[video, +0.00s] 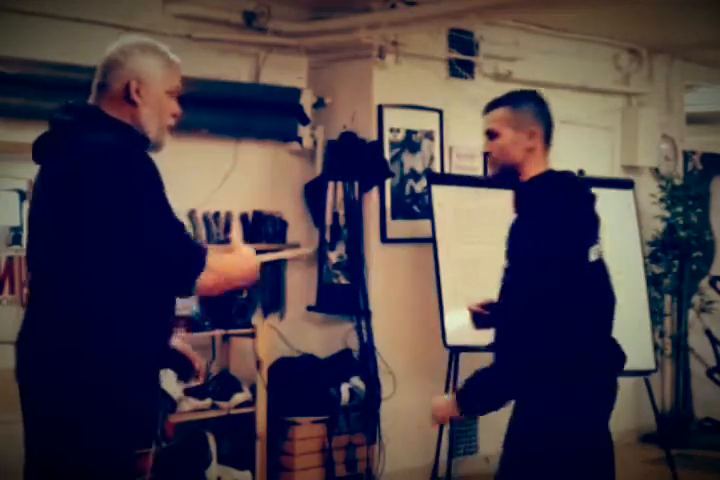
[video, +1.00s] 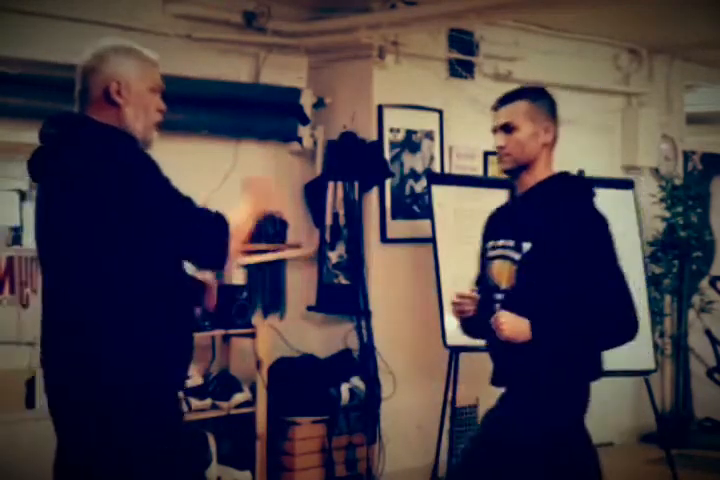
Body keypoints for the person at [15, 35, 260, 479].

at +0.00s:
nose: (178, 112)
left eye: (178, 99)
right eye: (173, 95)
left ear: (131, 91)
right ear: (135, 91)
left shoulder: (68, 153)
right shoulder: (120, 159)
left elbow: (87, 286)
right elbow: (182, 271)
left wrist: (162, 341)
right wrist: (234, 268)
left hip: (56, 367)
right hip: (102, 378)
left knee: (57, 469)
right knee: (104, 469)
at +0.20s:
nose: (160, 114)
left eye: (159, 100)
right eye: (154, 97)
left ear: (112, 95)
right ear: (115, 95)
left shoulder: (54, 157)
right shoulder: (101, 164)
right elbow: (171, 272)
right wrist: (254, 307)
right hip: (94, 399)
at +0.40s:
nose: (143, 107)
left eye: (142, 96)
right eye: (136, 93)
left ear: (98, 92)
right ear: (97, 92)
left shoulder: (47, 151)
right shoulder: (85, 157)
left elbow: (99, 249)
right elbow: (174, 247)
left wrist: (172, 231)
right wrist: (270, 243)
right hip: (84, 391)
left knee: (50, 467)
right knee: (92, 468)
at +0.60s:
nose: (134, 102)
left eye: (133, 90)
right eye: (127, 88)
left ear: (86, 90)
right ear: (88, 89)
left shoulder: (42, 151)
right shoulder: (82, 157)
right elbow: (170, 245)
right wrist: (262, 254)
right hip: (93, 384)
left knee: (53, 467)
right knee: (96, 468)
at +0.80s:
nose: (141, 102)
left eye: (139, 90)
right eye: (133, 88)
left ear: (94, 90)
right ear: (95, 89)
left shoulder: (53, 155)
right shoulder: (93, 161)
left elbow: (156, 242)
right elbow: (175, 253)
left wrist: (250, 261)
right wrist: (267, 270)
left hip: (66, 377)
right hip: (103, 386)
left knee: (65, 468)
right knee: (106, 469)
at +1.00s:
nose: (163, 107)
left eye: (161, 95)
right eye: (156, 93)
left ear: (115, 93)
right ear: (118, 93)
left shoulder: (66, 157)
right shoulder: (116, 158)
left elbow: (119, 264)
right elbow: (212, 243)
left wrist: (197, 290)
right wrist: (247, 213)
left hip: (84, 380)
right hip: (129, 387)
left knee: (91, 469)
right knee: (154, 470)